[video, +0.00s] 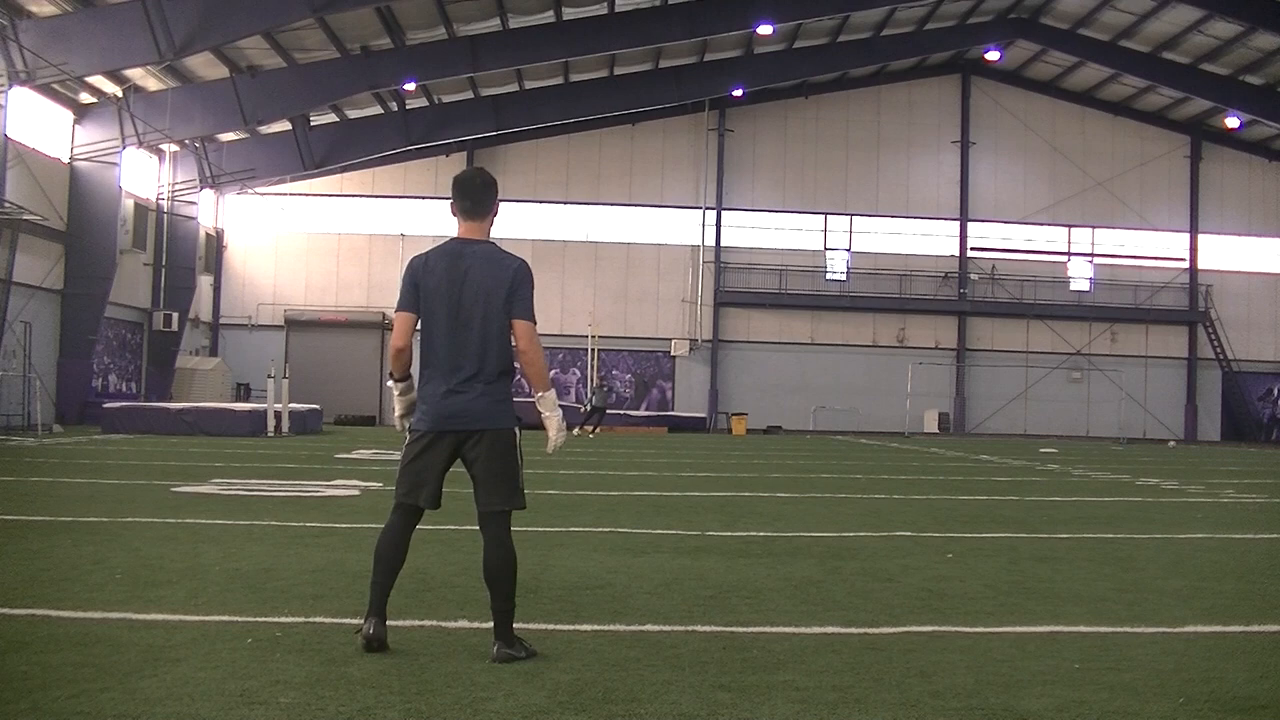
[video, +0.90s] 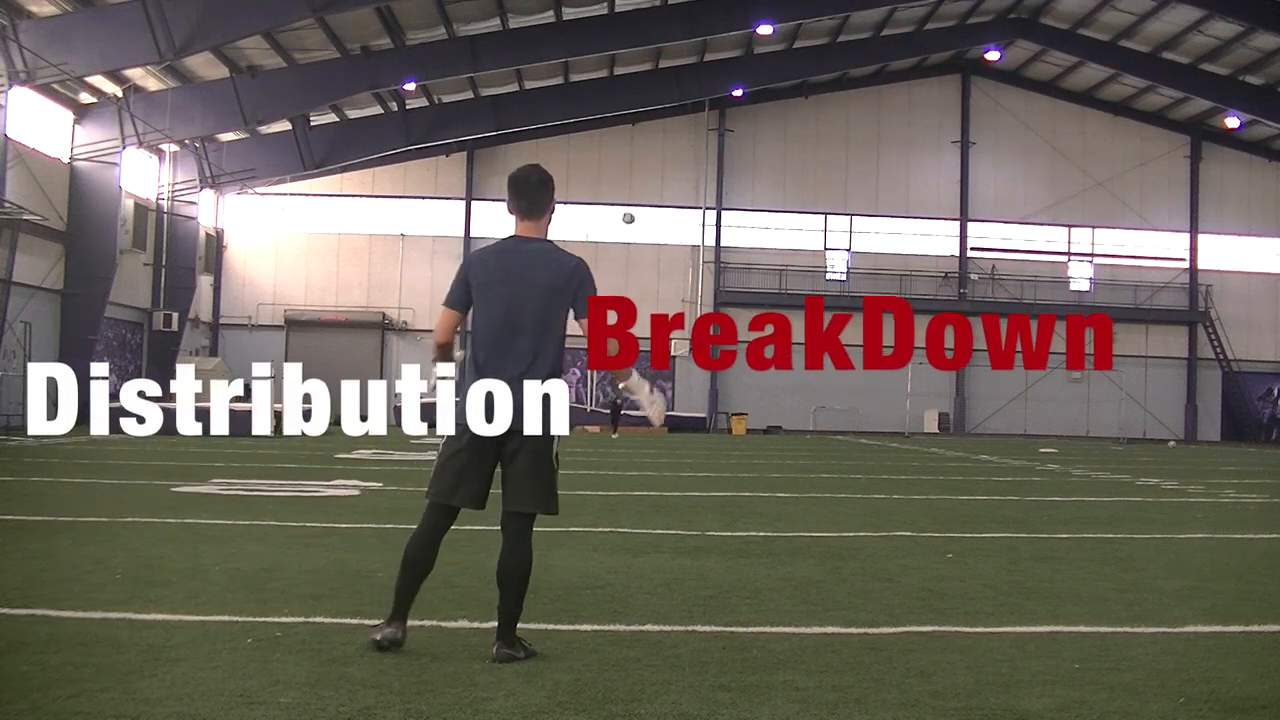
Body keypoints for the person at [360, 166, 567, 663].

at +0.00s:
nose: (479, 214)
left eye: (457, 206)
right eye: (490, 205)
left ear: (452, 209)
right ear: (495, 209)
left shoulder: (422, 265)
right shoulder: (513, 268)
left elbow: (399, 343)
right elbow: (525, 343)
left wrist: (403, 389)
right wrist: (547, 402)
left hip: (433, 416)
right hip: (492, 419)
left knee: (403, 513)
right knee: (496, 528)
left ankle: (374, 618)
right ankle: (504, 638)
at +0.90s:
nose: (543, 210)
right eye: (550, 201)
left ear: (508, 207)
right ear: (552, 206)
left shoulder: (479, 260)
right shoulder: (571, 268)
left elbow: (442, 335)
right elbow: (601, 338)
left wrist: (446, 349)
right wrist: (625, 378)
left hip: (477, 411)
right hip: (536, 416)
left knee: (435, 516)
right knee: (517, 528)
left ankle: (395, 621)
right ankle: (505, 639)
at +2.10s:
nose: (713, 183)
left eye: (707, 175)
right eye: (708, 175)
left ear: (663, 190)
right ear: (696, 185)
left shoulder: (635, 257)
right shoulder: (721, 246)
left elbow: (608, 329)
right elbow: (799, 218)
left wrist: (621, 381)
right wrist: (824, 147)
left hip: (652, 412)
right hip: (709, 413)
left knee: (609, 528)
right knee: (717, 540)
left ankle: (557, 638)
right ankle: (721, 666)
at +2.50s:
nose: (649, 197)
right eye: (650, 189)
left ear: (602, 195)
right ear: (650, 192)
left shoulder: (578, 266)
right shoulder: (676, 260)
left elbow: (552, 342)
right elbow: (691, 341)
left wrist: (592, 342)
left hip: (606, 432)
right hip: (667, 433)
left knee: (593, 534)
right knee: (700, 544)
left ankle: (518, 637)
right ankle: (722, 668)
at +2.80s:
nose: (554, 193)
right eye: (555, 184)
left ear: (509, 192)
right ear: (554, 185)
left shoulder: (485, 260)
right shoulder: (584, 247)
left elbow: (462, 342)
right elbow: (605, 329)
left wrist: (503, 345)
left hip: (508, 421)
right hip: (568, 420)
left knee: (521, 535)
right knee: (617, 526)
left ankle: (507, 657)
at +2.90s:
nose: (518, 192)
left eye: (490, 185)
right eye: (524, 182)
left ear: (478, 188)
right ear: (527, 183)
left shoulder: (458, 256)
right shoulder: (553, 243)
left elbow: (425, 329)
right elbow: (575, 326)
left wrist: (443, 344)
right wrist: (551, 337)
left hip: (481, 416)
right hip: (535, 416)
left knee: (505, 531)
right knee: (567, 529)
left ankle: (504, 656)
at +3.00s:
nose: (496, 192)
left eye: (481, 183)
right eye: (498, 182)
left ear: (453, 189)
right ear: (499, 184)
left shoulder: (431, 258)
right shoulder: (521, 247)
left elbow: (391, 335)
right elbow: (543, 330)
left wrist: (439, 335)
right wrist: (503, 325)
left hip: (452, 420)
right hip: (500, 420)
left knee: (492, 537)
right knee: (496, 536)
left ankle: (507, 659)